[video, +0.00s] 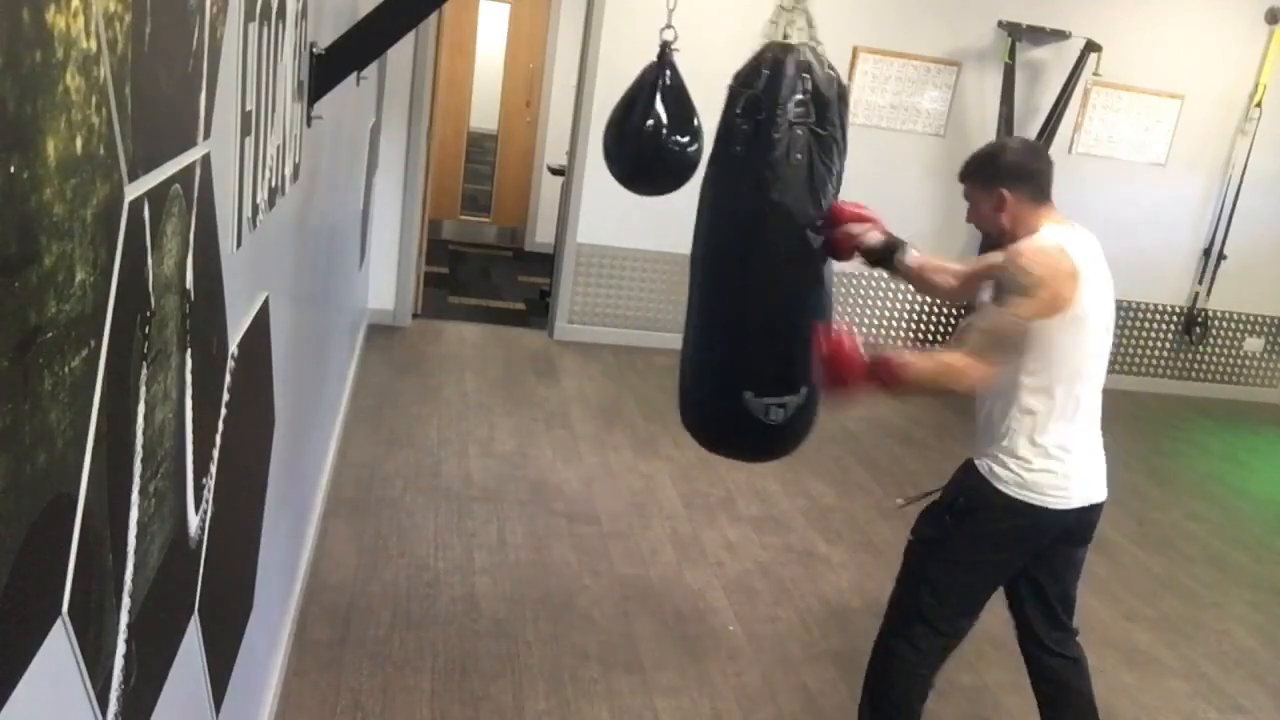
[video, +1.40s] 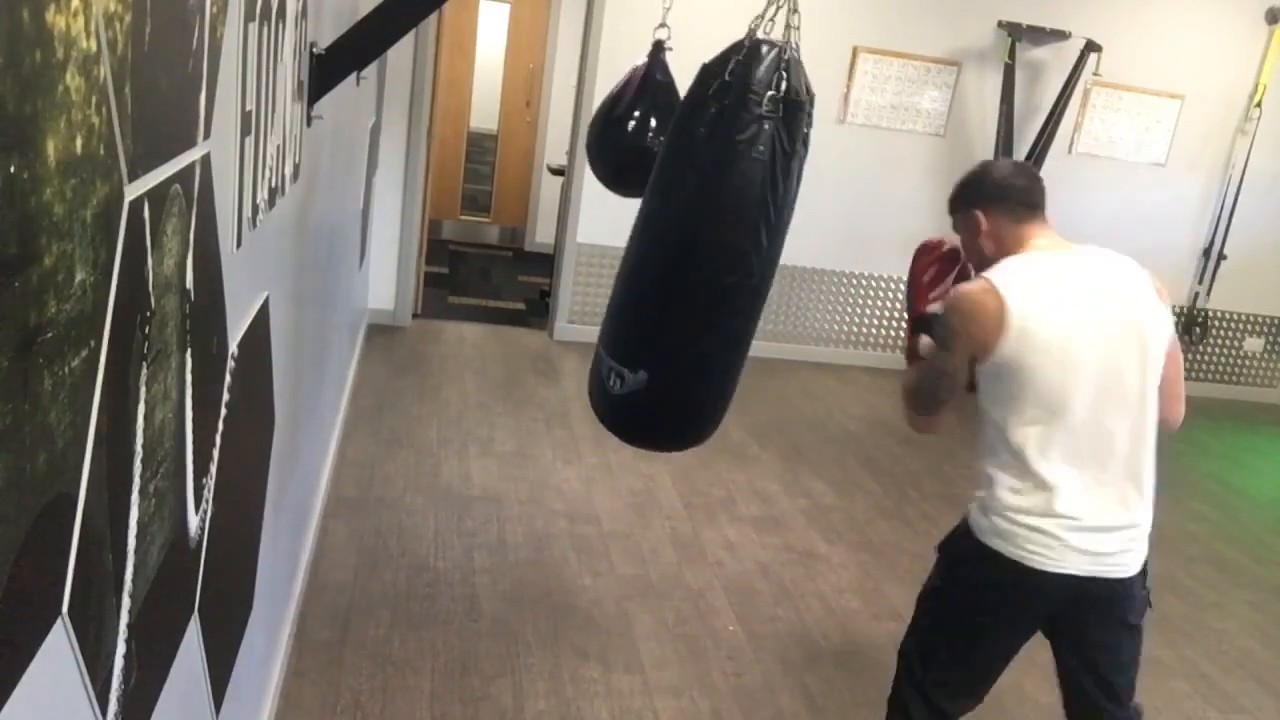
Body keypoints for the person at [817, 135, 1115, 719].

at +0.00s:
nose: (969, 216)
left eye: (972, 202)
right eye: (968, 203)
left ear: (1006, 199)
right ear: (1028, 196)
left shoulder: (1033, 261)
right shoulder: (1077, 247)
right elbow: (959, 280)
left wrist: (868, 366)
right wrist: (885, 250)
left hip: (1009, 491)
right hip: (1075, 496)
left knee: (912, 640)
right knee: (1052, 641)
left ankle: (885, 712)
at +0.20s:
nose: (999, 221)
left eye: (1003, 208)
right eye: (998, 209)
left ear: (1030, 203)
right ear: (1073, 200)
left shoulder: (1030, 249)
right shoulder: (1137, 268)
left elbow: (949, 294)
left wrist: (860, 282)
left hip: (999, 487)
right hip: (1086, 504)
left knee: (914, 618)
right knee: (1070, 645)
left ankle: (886, 709)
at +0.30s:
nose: (996, 209)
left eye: (999, 197)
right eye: (998, 197)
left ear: (1022, 198)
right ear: (1071, 195)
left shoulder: (1015, 249)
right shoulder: (1131, 264)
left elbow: (910, 307)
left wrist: (831, 268)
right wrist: (997, 271)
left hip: (1001, 490)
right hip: (1092, 503)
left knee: (930, 630)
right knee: (1083, 650)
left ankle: (901, 712)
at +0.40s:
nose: (990, 212)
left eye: (993, 202)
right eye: (988, 201)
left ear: (1020, 204)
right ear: (1065, 192)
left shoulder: (1036, 265)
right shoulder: (1116, 257)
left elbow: (997, 383)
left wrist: (927, 373)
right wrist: (1006, 250)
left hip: (1015, 488)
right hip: (1090, 494)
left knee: (931, 639)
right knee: (1074, 642)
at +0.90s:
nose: (1058, 229)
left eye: (1061, 215)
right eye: (1056, 215)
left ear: (1091, 212)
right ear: (1133, 202)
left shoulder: (1081, 296)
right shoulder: (1204, 287)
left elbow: (1039, 426)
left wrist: (954, 410)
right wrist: (1084, 272)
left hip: (1037, 513)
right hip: (1126, 528)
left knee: (942, 646)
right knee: (1109, 680)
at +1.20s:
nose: (1034, 248)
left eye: (1037, 232)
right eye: (1033, 232)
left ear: (1066, 231)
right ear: (1109, 220)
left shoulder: (1075, 319)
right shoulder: (1194, 299)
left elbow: (999, 442)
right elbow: (1136, 400)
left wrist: (947, 376)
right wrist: (1041, 358)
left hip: (1052, 541)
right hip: (1137, 554)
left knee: (946, 670)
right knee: (1103, 683)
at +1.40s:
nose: (967, 251)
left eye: (965, 236)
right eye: (964, 237)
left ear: (983, 224)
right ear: (1040, 212)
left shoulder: (981, 301)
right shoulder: (1144, 286)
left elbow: (922, 406)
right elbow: (1171, 411)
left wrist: (929, 339)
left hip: (1006, 559)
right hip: (1114, 568)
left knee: (921, 701)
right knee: (1109, 711)